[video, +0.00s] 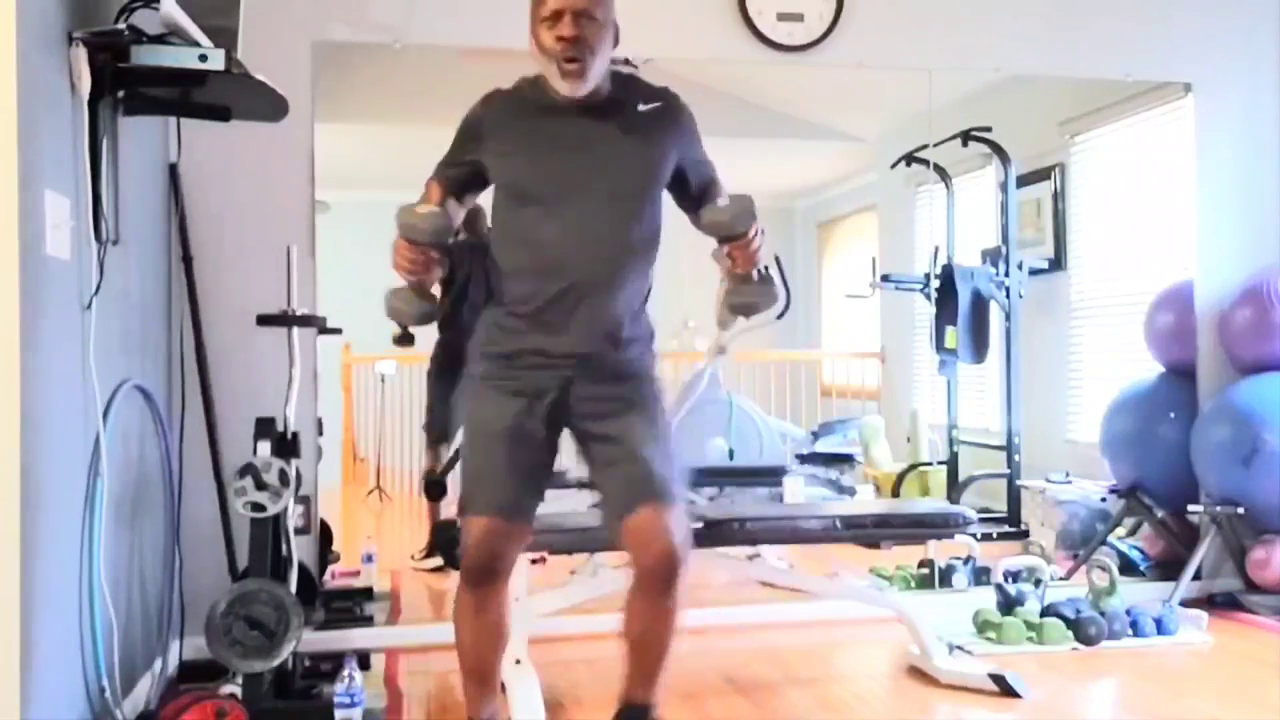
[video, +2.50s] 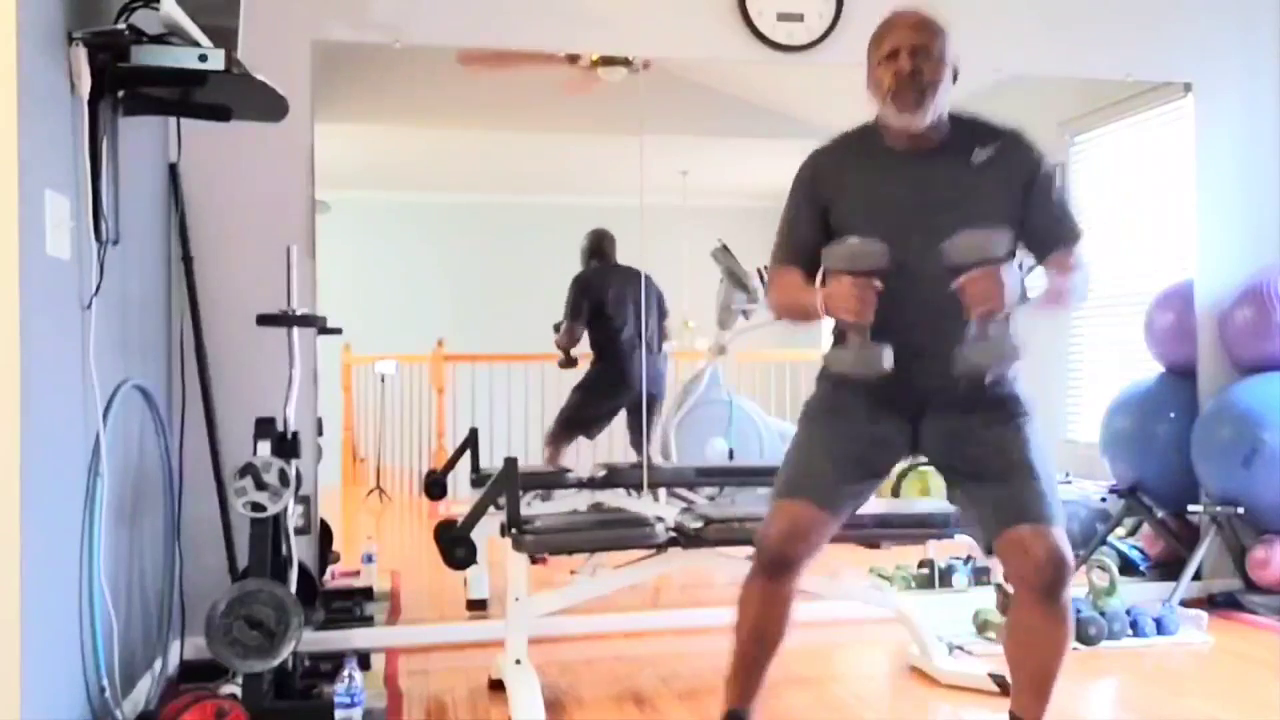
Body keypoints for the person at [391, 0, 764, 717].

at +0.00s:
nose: (568, 32)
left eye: (586, 16)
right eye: (553, 18)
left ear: (615, 25)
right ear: (533, 29)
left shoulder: (662, 116)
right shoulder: (494, 116)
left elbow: (715, 210)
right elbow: (437, 205)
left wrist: (742, 247)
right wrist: (417, 245)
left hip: (617, 366)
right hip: (509, 364)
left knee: (661, 552)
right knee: (484, 554)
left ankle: (637, 710)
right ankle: (485, 712)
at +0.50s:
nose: (597, 111)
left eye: (611, 97)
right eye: (582, 99)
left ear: (639, 108)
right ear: (563, 113)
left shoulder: (692, 201)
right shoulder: (524, 201)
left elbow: (741, 327)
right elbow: (473, 318)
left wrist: (693, 313)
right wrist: (520, 318)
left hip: (667, 431)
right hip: (548, 432)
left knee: (768, 568)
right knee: (480, 586)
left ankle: (799, 714)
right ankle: (485, 716)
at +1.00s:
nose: (716, 31)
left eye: (732, 17)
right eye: (700, 19)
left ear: (761, 29)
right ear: (682, 33)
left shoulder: (812, 120)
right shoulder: (644, 123)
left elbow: (874, 207)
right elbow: (600, 229)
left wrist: (881, 236)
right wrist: (581, 255)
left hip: (781, 366)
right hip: (675, 366)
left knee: (803, 556)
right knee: (639, 551)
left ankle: (808, 713)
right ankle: (685, 689)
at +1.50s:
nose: (786, 104)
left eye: (802, 90)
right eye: (771, 92)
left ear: (830, 99)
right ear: (754, 103)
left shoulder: (884, 183)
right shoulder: (723, 193)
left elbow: (934, 310)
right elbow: (681, 313)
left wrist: (877, 301)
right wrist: (721, 308)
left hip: (859, 411)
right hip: (750, 411)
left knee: (960, 561)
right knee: (698, 569)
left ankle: (1003, 714)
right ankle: (719, 709)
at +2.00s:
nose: (903, 25)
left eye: (921, 9)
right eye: (887, 11)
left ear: (953, 20)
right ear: (867, 26)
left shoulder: (1012, 104)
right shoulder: (836, 121)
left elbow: (1073, 191)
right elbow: (802, 216)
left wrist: (1096, 227)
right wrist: (778, 259)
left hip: (985, 360)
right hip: (874, 362)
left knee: (1010, 549)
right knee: (840, 541)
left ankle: (1019, 713)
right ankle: (886, 696)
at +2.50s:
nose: (904, 66)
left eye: (921, 54)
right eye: (889, 56)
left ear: (951, 72)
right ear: (870, 76)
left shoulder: (1007, 157)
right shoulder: (828, 169)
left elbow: (1067, 272)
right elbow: (782, 289)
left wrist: (1018, 286)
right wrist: (822, 296)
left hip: (975, 399)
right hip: (859, 394)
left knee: (1045, 565)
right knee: (778, 547)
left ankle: (1027, 716)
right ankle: (736, 710)